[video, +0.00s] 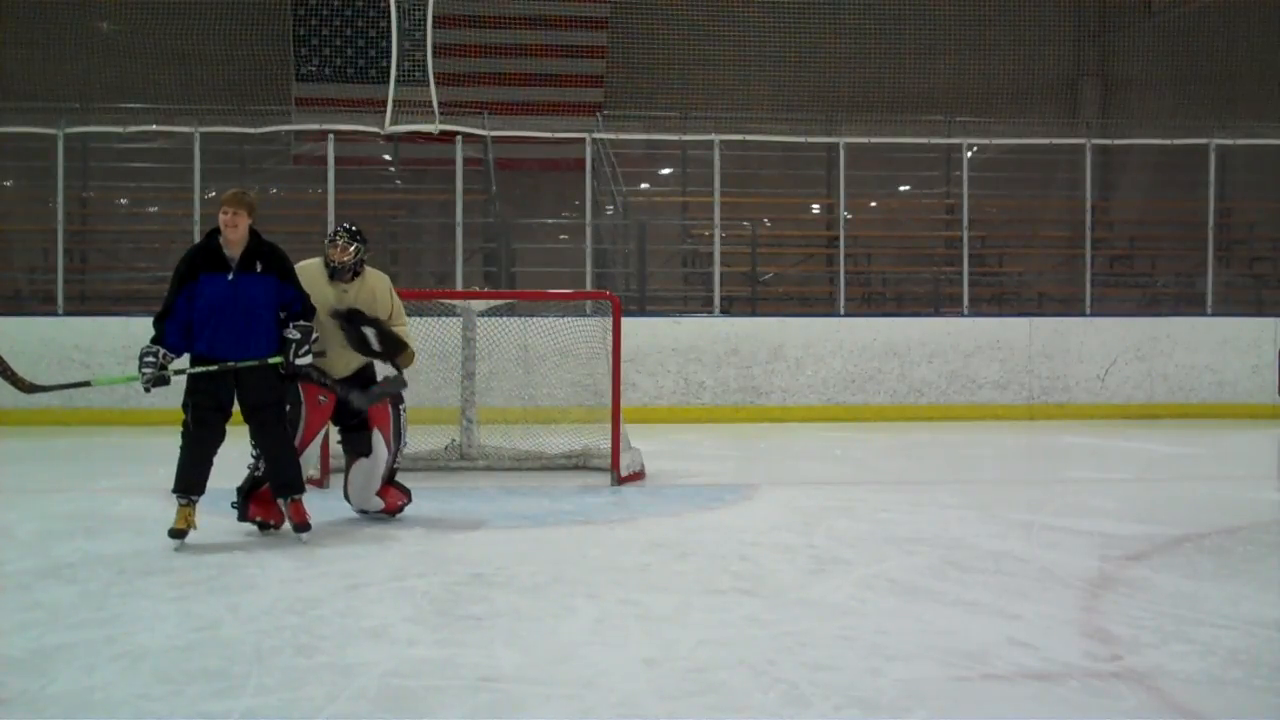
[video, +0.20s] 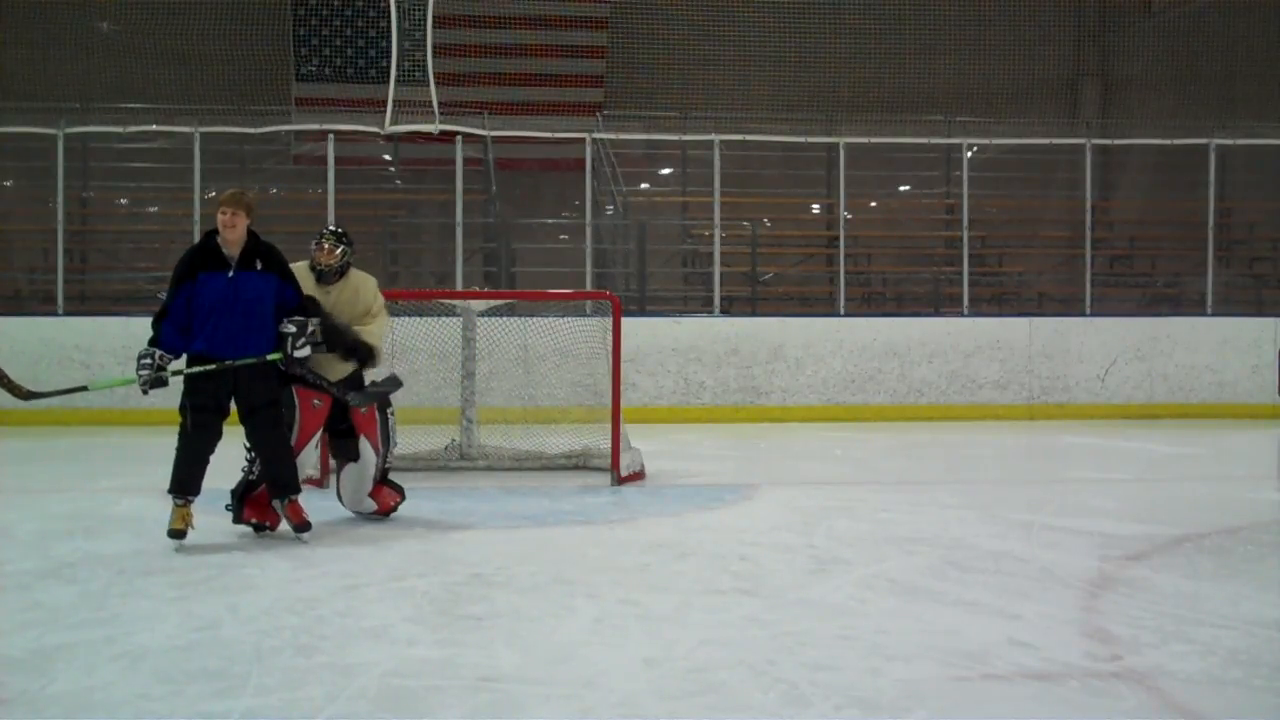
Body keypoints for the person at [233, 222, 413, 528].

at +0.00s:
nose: (338, 255)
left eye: (346, 249)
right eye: (334, 248)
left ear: (359, 253)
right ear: (326, 249)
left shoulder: (378, 285)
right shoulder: (302, 276)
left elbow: (402, 342)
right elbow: (279, 316)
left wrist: (380, 340)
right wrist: (292, 352)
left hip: (358, 373)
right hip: (310, 372)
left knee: (369, 440)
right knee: (293, 433)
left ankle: (368, 498)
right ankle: (260, 494)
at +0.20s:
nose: (324, 256)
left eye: (331, 251)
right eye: (320, 249)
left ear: (345, 255)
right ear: (312, 251)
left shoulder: (364, 286)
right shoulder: (293, 276)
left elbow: (378, 325)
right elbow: (273, 314)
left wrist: (360, 348)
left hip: (347, 375)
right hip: (301, 373)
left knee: (353, 439)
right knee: (282, 434)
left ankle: (361, 498)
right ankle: (257, 497)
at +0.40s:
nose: (306, 261)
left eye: (314, 256)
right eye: (302, 254)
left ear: (327, 260)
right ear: (295, 256)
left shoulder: (346, 290)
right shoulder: (278, 279)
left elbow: (355, 338)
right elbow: (260, 317)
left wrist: (321, 347)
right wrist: (278, 344)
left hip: (326, 375)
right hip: (281, 370)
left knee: (336, 434)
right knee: (273, 427)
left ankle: (346, 496)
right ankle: (249, 493)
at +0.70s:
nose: (308, 260)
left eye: (315, 254)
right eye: (302, 253)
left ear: (328, 258)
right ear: (294, 254)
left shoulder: (345, 288)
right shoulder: (272, 277)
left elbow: (347, 341)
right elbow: (254, 320)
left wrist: (312, 352)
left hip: (326, 371)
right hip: (278, 367)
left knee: (353, 416)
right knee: (271, 420)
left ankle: (352, 492)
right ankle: (244, 493)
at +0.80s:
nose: (320, 265)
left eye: (328, 260)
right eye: (314, 258)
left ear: (339, 264)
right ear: (305, 259)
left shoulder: (356, 295)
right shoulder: (281, 282)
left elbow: (358, 350)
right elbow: (257, 324)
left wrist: (323, 354)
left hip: (334, 383)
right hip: (283, 377)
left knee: (371, 393)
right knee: (284, 411)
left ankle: (383, 493)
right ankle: (242, 496)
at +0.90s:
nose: (339, 270)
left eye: (347, 265)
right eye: (333, 262)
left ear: (357, 270)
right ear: (323, 264)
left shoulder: (372, 301)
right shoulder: (296, 287)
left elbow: (380, 348)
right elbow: (264, 321)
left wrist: (361, 371)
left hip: (348, 389)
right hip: (297, 382)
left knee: (387, 397)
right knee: (288, 428)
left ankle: (404, 495)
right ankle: (235, 499)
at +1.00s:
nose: (364, 272)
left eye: (372, 267)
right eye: (359, 265)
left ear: (383, 273)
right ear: (348, 265)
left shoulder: (393, 306)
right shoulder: (316, 289)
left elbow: (404, 356)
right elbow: (275, 316)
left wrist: (385, 374)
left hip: (364, 388)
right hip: (313, 381)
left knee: (407, 405)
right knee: (293, 438)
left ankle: (424, 497)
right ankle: (236, 500)